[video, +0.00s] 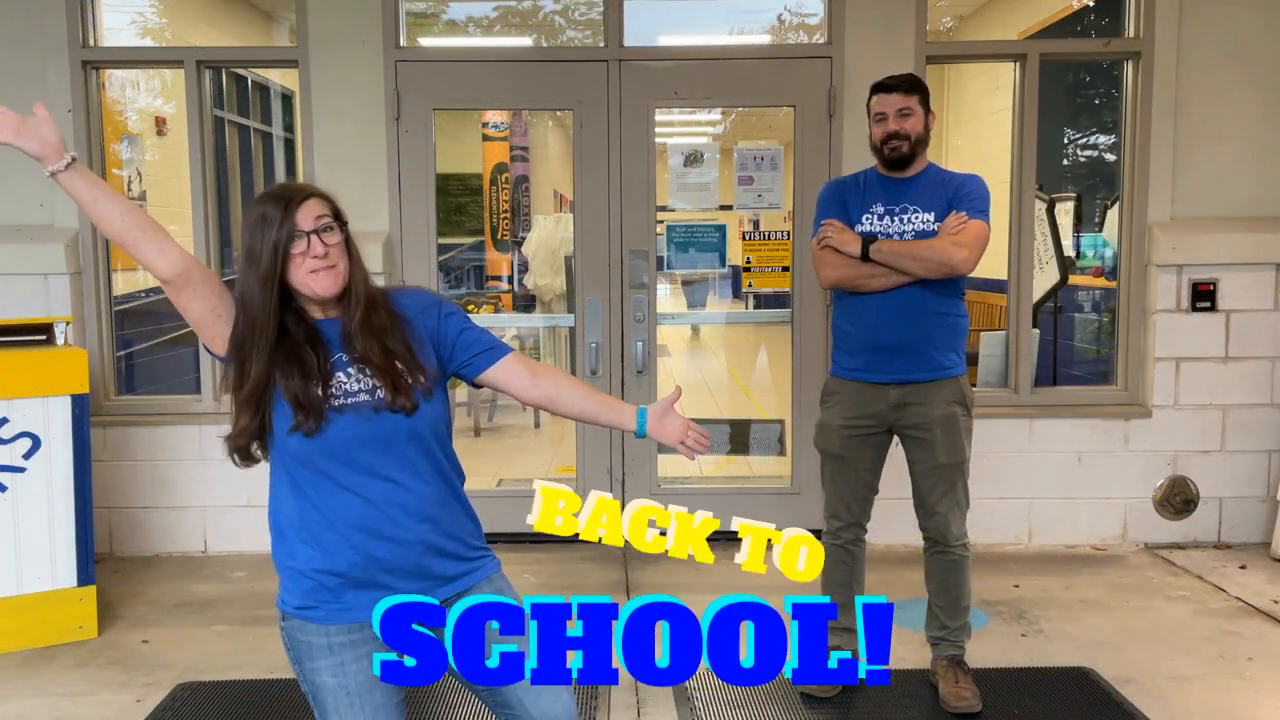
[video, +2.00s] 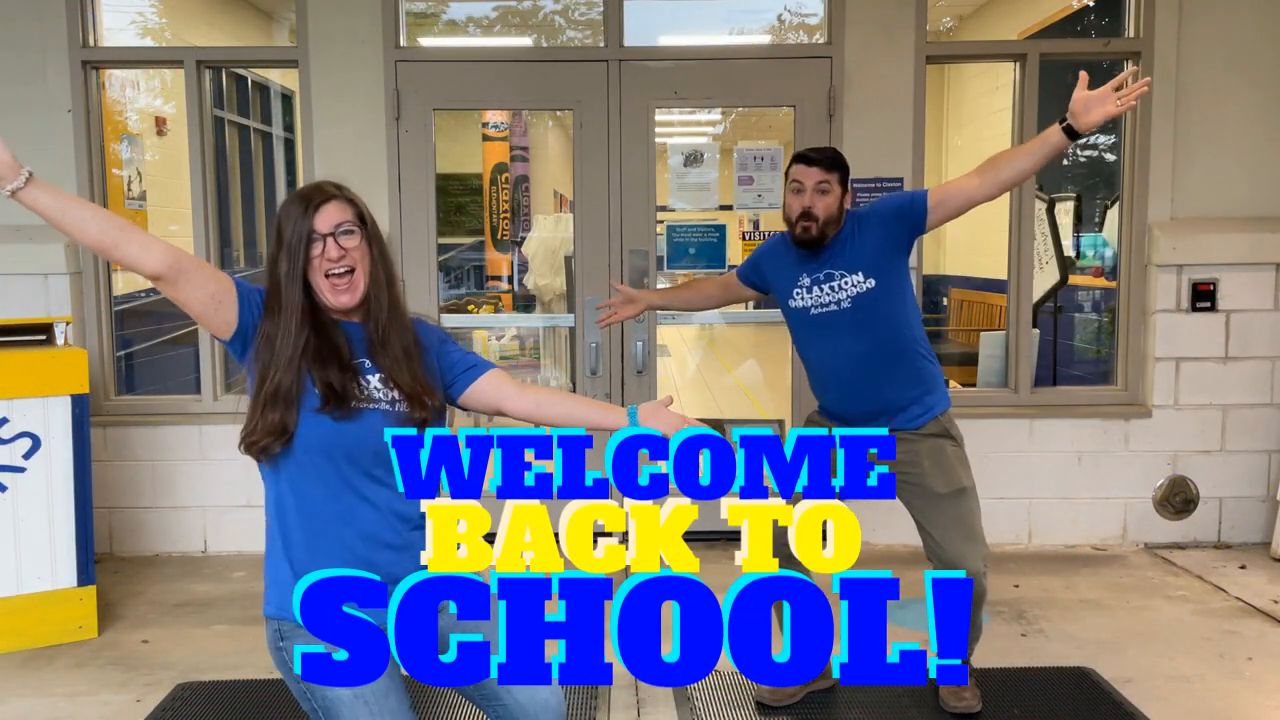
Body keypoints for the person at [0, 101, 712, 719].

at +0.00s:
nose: (319, 246)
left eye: (327, 230)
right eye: (299, 239)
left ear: (348, 238)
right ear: (271, 260)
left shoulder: (416, 314)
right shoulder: (262, 339)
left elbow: (527, 377)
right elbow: (170, 264)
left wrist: (645, 419)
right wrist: (64, 165)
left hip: (461, 579)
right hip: (337, 601)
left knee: (553, 699)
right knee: (366, 711)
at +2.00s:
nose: (334, 252)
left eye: (346, 236)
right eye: (316, 241)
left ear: (373, 246)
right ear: (294, 259)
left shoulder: (413, 342)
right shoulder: (273, 327)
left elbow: (518, 396)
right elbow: (154, 260)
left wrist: (630, 419)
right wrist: (26, 187)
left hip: (431, 590)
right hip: (326, 606)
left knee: (542, 680)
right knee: (376, 712)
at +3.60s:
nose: (347, 233)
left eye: (361, 218)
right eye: (329, 222)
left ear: (389, 232)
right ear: (307, 241)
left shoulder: (442, 317)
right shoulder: (287, 313)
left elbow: (547, 381)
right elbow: (160, 275)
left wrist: (672, 415)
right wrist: (32, 217)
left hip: (437, 567)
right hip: (324, 572)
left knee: (542, 686)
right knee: (359, 710)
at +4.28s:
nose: (517, 181)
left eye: (537, 166)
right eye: (503, 172)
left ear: (577, 184)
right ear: (489, 198)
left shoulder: (639, 298)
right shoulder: (486, 296)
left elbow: (683, 440)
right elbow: (446, 410)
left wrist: (704, 578)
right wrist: (400, 521)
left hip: (612, 565)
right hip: (479, 560)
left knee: (645, 711)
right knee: (433, 710)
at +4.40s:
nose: (554, 180)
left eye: (576, 162)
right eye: (542, 168)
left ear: (618, 182)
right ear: (532, 193)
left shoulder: (669, 287)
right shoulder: (539, 292)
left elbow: (756, 424)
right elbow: (501, 421)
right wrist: (453, 526)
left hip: (655, 569)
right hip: (535, 558)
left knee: (665, 711)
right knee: (483, 708)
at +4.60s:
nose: (619, 157)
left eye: (638, 140)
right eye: (606, 145)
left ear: (677, 156)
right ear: (594, 165)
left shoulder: (723, 260)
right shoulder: (604, 273)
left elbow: (822, 381)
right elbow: (581, 408)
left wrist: (908, 504)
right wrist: (537, 504)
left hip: (711, 556)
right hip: (621, 547)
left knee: (678, 711)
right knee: (624, 710)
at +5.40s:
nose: (954, 187)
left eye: (969, 169)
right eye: (938, 180)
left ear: (1005, 177)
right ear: (928, 204)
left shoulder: (1066, 288)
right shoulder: (904, 273)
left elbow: (1090, 434)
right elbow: (844, 378)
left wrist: (1085, 401)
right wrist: (750, 438)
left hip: (1021, 551)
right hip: (890, 547)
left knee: (1090, 710)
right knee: (868, 711)